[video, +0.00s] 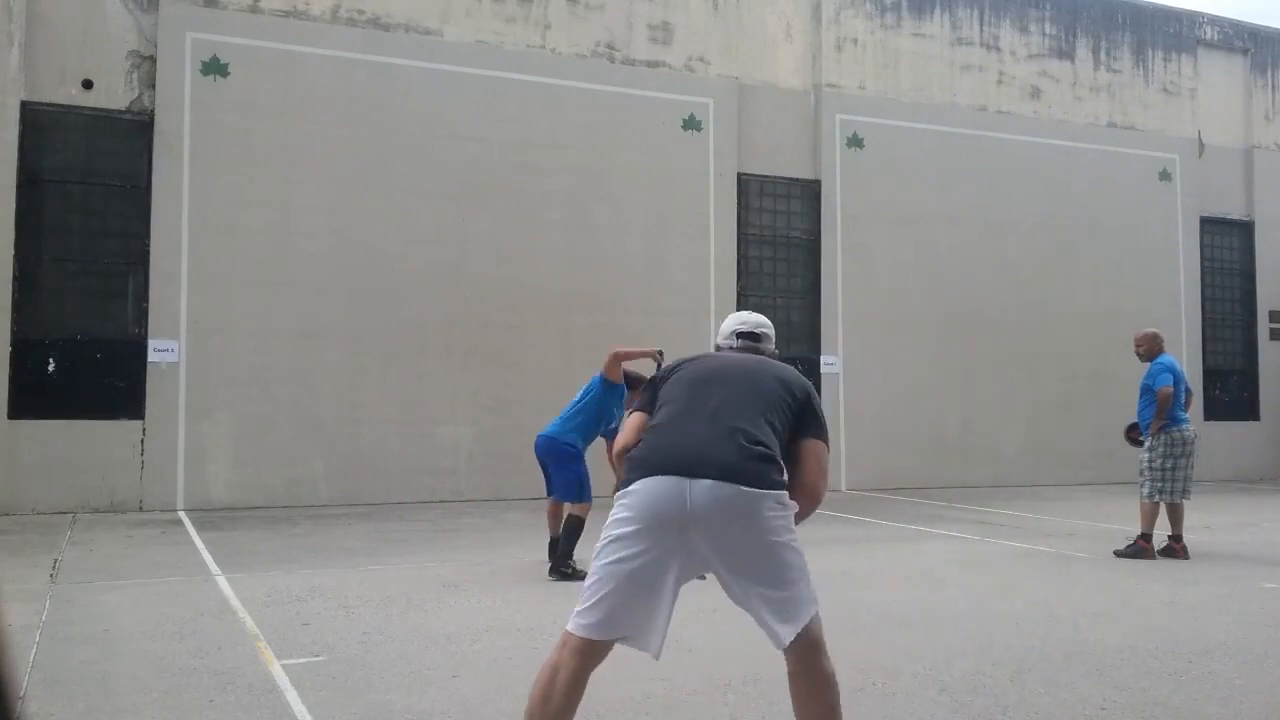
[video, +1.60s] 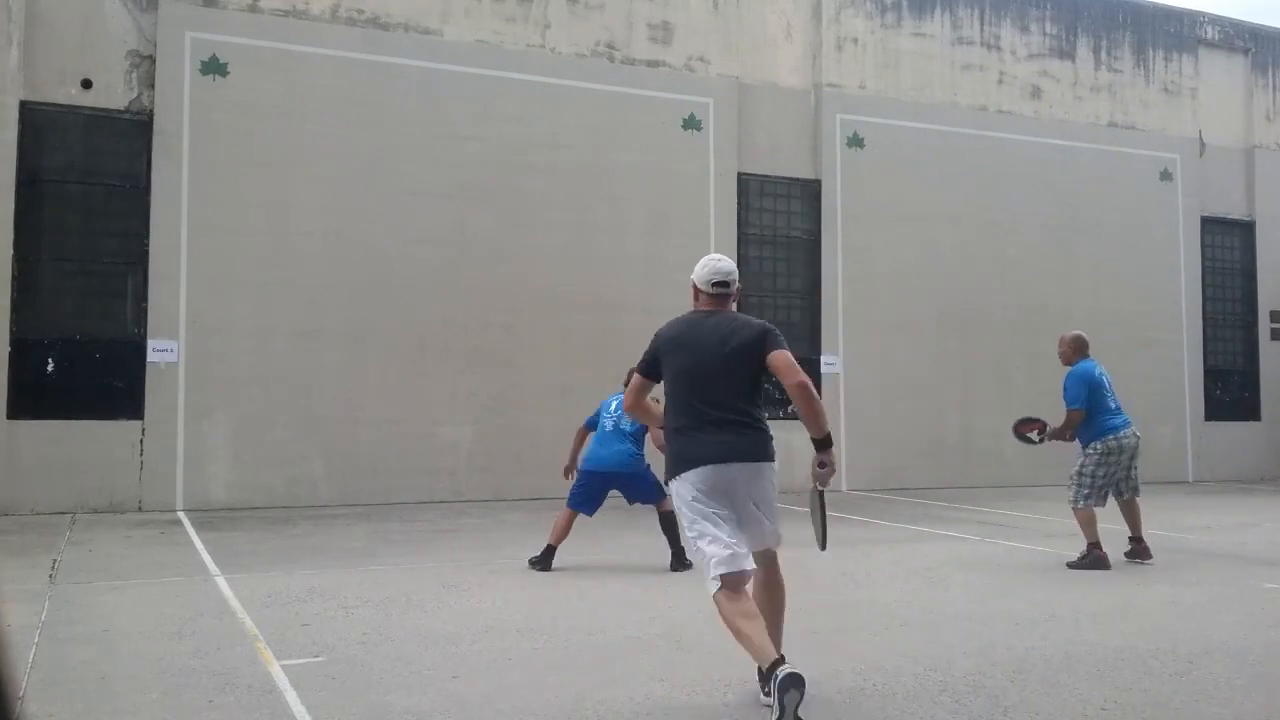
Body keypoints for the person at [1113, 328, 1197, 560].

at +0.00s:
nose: (1136, 351)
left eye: (1140, 346)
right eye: (1135, 347)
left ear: (1157, 345)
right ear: (1158, 347)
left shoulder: (1160, 365)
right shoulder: (1172, 363)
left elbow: (1166, 392)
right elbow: (1188, 393)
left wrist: (1156, 422)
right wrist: (1177, 419)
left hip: (1163, 435)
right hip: (1181, 432)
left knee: (1150, 489)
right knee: (1173, 491)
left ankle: (1144, 543)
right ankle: (1176, 543)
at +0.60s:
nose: (1116, 351)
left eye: (1119, 346)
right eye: (1116, 347)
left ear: (1134, 347)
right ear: (1136, 347)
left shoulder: (1142, 367)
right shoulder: (1152, 364)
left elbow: (1156, 391)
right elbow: (1169, 390)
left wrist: (1146, 420)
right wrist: (1157, 416)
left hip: (1154, 434)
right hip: (1170, 432)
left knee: (1139, 488)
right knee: (1167, 489)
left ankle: (1138, 543)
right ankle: (1175, 543)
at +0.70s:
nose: (1110, 354)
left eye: (1114, 349)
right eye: (1109, 350)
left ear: (1129, 348)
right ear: (1129, 349)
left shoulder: (1138, 370)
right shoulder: (1138, 368)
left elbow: (1156, 395)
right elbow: (1146, 403)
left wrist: (1137, 420)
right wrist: (1129, 435)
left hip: (1152, 438)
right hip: (1163, 435)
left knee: (1138, 491)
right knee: (1165, 490)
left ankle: (1135, 547)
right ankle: (1175, 543)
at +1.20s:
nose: (1111, 350)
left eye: (1116, 346)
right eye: (1107, 346)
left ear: (1129, 348)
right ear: (1104, 349)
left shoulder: (1134, 369)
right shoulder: (1112, 376)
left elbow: (1138, 401)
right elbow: (1111, 413)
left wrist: (1107, 415)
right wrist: (1100, 440)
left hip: (1138, 439)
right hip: (1133, 440)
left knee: (1109, 490)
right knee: (1138, 491)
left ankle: (1132, 542)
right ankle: (1155, 544)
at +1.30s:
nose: (1095, 356)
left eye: (1099, 352)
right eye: (1095, 351)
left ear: (1114, 355)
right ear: (1112, 356)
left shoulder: (1119, 375)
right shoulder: (1115, 377)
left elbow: (1122, 410)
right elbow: (1115, 422)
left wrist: (1099, 433)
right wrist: (1098, 448)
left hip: (1134, 443)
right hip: (1148, 442)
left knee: (1098, 493)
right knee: (1132, 494)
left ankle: (1124, 544)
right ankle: (1154, 545)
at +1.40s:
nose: (1084, 364)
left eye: (1088, 360)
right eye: (1085, 359)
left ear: (1099, 363)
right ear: (1106, 364)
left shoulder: (1104, 386)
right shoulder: (1117, 381)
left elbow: (1100, 429)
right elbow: (1110, 425)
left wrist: (1086, 452)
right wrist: (1092, 449)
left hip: (1129, 450)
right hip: (1147, 447)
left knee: (1089, 495)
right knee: (1133, 496)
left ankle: (1102, 548)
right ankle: (1154, 546)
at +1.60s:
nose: (1058, 352)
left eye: (1061, 348)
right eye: (1058, 348)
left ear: (1074, 350)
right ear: (1079, 350)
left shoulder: (1077, 374)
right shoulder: (1095, 367)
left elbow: (1075, 416)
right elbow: (1093, 409)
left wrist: (1056, 432)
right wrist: (1072, 431)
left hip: (1105, 443)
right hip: (1127, 436)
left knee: (1079, 495)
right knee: (1124, 490)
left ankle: (1095, 551)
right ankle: (1139, 545)